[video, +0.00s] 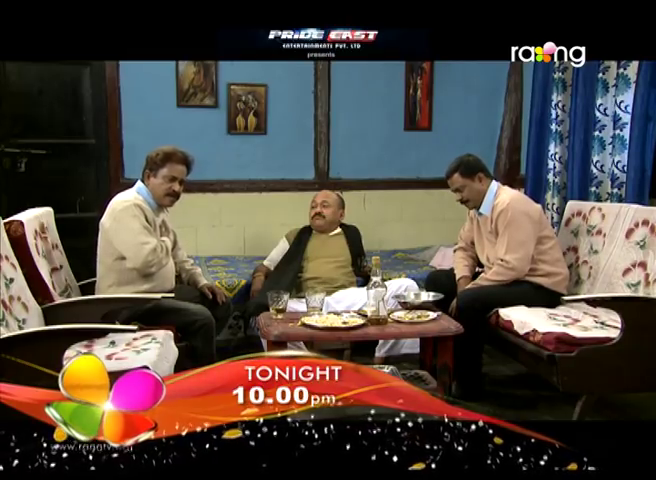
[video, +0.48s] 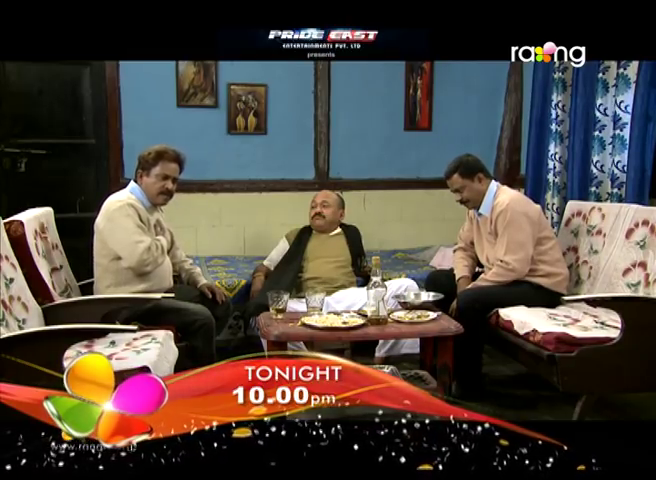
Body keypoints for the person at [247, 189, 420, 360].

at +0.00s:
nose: (317, 210)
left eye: (325, 206)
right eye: (314, 206)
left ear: (340, 213)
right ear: (309, 211)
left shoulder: (351, 233)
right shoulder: (297, 236)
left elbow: (361, 269)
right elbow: (264, 269)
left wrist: (378, 280)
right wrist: (256, 301)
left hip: (351, 298)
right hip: (310, 300)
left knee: (406, 285)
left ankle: (382, 363)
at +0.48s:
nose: (317, 210)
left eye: (325, 206)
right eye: (313, 206)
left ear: (340, 213)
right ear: (309, 211)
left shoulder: (351, 233)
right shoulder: (297, 236)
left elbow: (361, 269)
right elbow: (264, 270)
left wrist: (379, 281)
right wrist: (255, 303)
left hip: (350, 297)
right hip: (309, 300)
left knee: (406, 285)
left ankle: (382, 362)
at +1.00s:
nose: (317, 211)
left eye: (325, 206)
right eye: (313, 206)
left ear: (340, 213)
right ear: (308, 211)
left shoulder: (351, 233)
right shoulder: (298, 236)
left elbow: (361, 269)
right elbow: (264, 269)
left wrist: (379, 282)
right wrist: (256, 303)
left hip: (349, 298)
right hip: (308, 300)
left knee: (406, 286)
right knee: (264, 316)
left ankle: (382, 363)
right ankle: (304, 364)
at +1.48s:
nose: (317, 211)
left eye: (324, 206)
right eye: (313, 206)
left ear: (340, 213)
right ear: (308, 212)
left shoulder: (351, 233)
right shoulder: (297, 236)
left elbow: (361, 269)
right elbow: (264, 269)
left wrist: (379, 280)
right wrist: (255, 302)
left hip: (350, 298)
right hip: (309, 300)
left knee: (406, 286)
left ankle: (382, 362)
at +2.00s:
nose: (336, 213)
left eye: (337, 208)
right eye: (328, 209)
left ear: (341, 209)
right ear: (309, 214)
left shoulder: (349, 233)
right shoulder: (295, 236)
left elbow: (362, 268)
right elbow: (263, 270)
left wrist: (377, 281)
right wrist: (259, 297)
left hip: (351, 297)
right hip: (311, 300)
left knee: (406, 286)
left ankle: (384, 366)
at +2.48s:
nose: (336, 213)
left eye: (337, 207)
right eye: (329, 209)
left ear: (340, 208)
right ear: (309, 214)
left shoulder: (346, 234)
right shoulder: (293, 237)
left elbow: (358, 267)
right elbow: (266, 266)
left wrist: (380, 272)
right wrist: (254, 278)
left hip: (350, 298)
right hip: (310, 300)